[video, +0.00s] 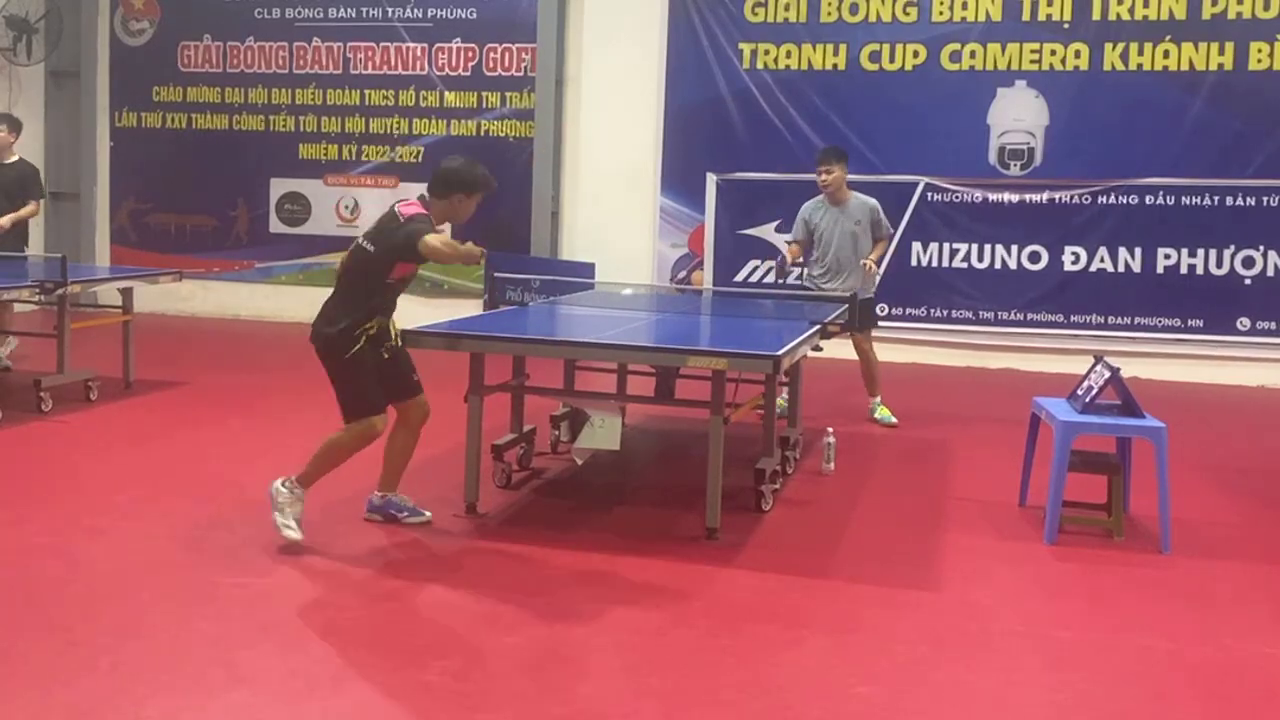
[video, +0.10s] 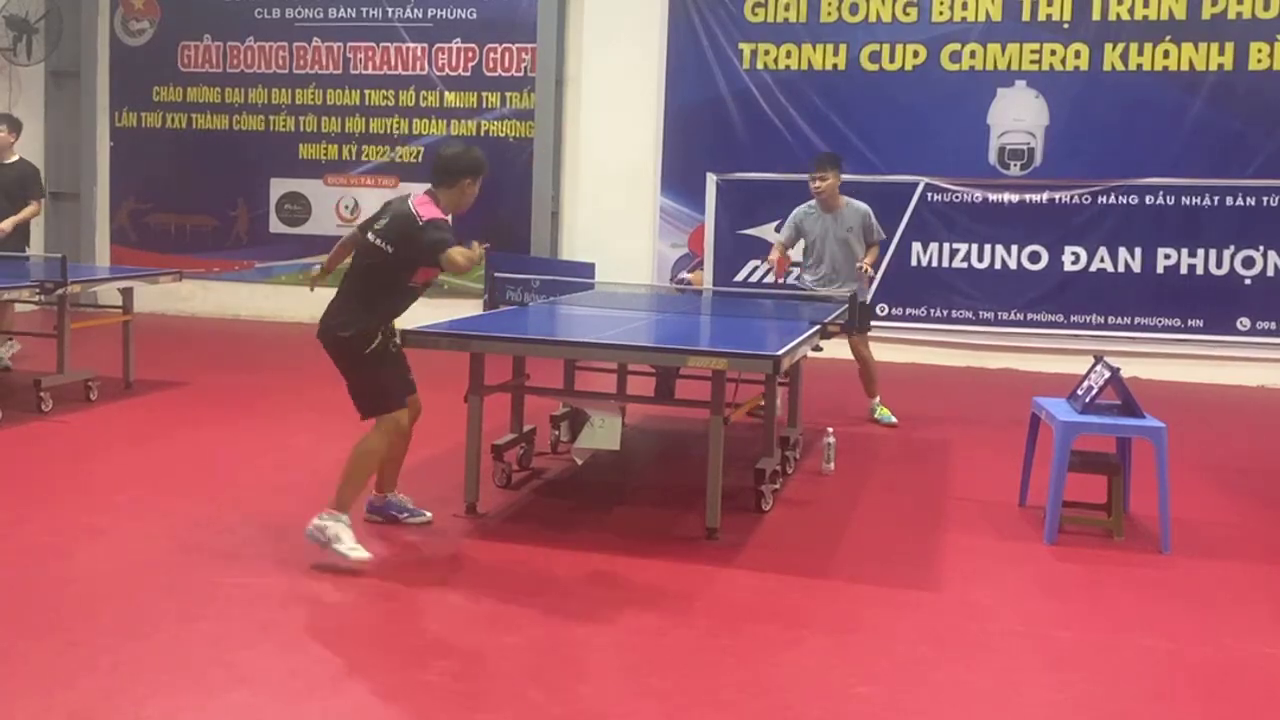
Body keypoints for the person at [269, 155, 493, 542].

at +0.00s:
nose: (473, 211)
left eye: (476, 203)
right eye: (473, 202)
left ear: (443, 193)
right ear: (456, 198)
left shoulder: (408, 209)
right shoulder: (418, 222)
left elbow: (349, 261)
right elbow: (433, 247)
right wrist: (463, 253)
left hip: (376, 325)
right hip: (343, 332)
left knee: (415, 411)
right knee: (368, 425)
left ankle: (385, 497)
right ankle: (291, 489)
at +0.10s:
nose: (477, 193)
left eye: (478, 185)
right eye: (476, 185)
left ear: (441, 179)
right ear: (460, 185)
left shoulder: (407, 201)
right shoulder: (433, 223)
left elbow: (356, 235)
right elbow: (455, 263)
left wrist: (326, 268)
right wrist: (474, 254)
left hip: (369, 324)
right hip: (354, 330)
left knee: (410, 409)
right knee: (393, 419)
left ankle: (383, 498)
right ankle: (333, 517)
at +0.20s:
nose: (474, 193)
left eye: (474, 184)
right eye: (474, 184)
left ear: (435, 177)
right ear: (463, 184)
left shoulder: (394, 208)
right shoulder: (442, 231)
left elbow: (339, 246)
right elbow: (465, 283)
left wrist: (315, 275)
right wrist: (473, 268)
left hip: (346, 336)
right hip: (371, 342)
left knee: (400, 427)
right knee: (411, 433)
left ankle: (385, 504)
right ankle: (390, 543)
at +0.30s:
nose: (470, 198)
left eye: (469, 190)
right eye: (469, 190)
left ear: (426, 188)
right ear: (458, 192)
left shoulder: (388, 219)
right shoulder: (445, 243)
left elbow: (331, 258)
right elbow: (461, 308)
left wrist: (311, 284)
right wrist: (471, 290)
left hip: (345, 350)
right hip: (386, 360)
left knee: (394, 420)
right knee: (432, 453)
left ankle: (381, 504)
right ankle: (399, 561)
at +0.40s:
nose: (470, 191)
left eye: (470, 183)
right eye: (469, 183)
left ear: (425, 179)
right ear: (457, 183)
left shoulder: (380, 213)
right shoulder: (442, 238)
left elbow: (325, 257)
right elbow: (447, 311)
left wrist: (338, 291)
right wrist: (458, 313)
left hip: (337, 342)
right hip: (381, 354)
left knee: (366, 412)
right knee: (423, 449)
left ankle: (352, 495)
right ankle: (399, 560)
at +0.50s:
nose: (461, 193)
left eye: (461, 185)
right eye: (461, 185)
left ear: (418, 180)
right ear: (449, 186)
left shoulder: (377, 214)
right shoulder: (429, 239)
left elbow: (328, 262)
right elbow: (417, 312)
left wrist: (369, 289)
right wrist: (458, 323)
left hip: (331, 342)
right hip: (375, 356)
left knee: (349, 416)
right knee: (419, 453)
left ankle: (288, 492)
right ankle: (393, 564)